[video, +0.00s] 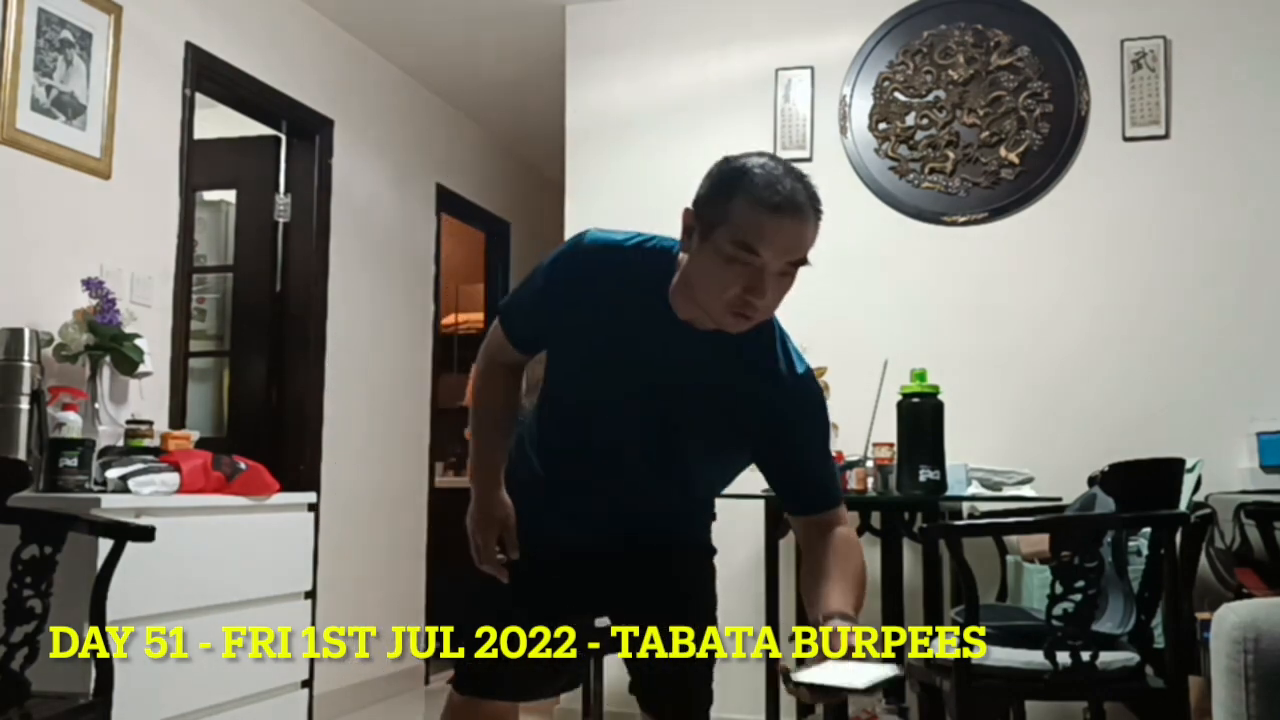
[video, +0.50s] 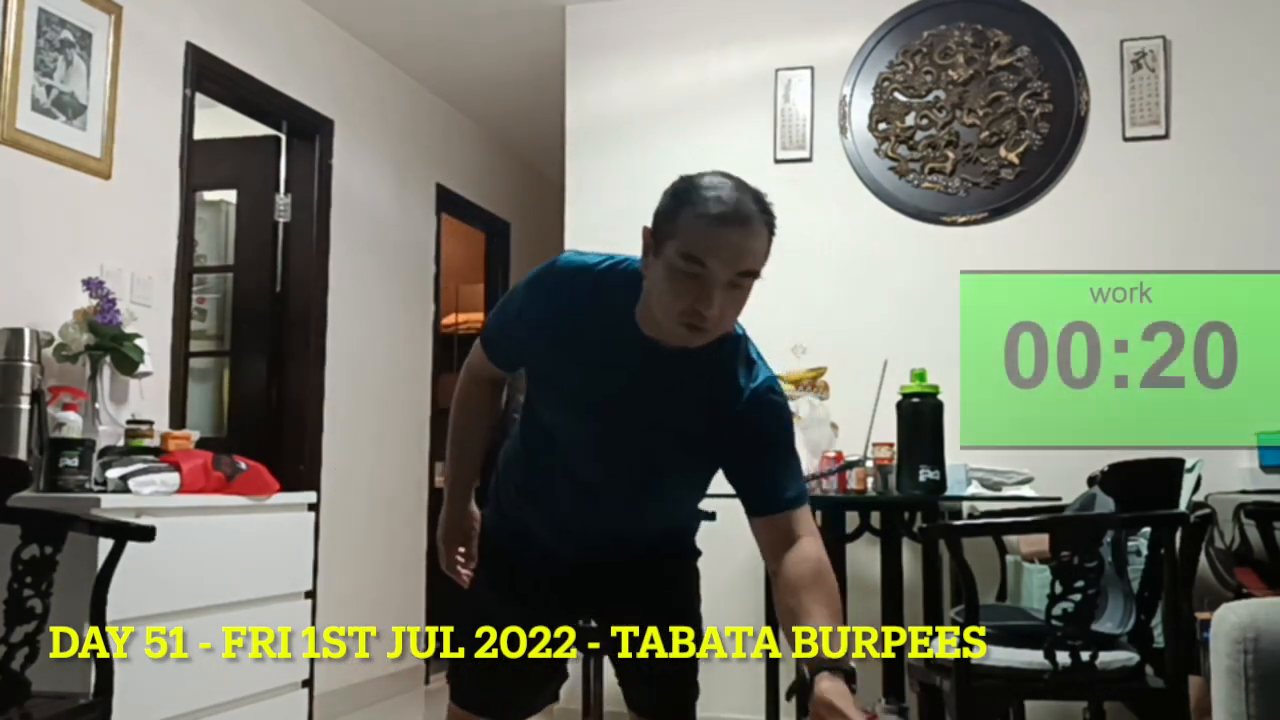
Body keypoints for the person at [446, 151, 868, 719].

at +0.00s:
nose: (764, 293)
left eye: (789, 270)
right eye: (743, 258)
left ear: (801, 265)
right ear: (691, 229)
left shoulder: (782, 387)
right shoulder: (589, 269)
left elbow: (827, 524)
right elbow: (499, 358)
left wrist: (834, 619)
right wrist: (486, 488)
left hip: (669, 544)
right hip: (546, 522)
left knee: (681, 708)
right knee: (482, 701)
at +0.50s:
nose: (711, 304)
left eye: (740, 282)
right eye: (691, 271)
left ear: (757, 278)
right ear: (648, 248)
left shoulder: (748, 395)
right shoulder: (562, 291)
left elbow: (792, 543)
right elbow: (482, 374)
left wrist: (829, 671)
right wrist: (458, 501)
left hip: (651, 560)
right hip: (530, 541)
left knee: (667, 711)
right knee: (476, 707)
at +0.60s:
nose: (664, 256)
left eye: (692, 236)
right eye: (643, 225)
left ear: (710, 244)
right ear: (607, 219)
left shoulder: (714, 362)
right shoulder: (532, 285)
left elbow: (767, 506)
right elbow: (463, 383)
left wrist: (777, 632)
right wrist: (441, 504)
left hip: (633, 562)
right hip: (510, 547)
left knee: (658, 709)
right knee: (485, 711)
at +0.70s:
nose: (605, 215)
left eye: (629, 195)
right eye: (587, 189)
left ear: (651, 206)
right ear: (554, 189)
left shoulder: (671, 328)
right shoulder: (492, 279)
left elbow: (719, 474)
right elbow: (436, 394)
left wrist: (722, 593)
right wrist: (420, 511)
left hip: (610, 542)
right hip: (493, 533)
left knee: (630, 703)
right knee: (471, 705)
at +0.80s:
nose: (547, 189)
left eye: (568, 169)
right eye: (528, 166)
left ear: (594, 179)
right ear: (502, 170)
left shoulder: (625, 294)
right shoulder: (446, 273)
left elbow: (667, 428)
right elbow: (403, 398)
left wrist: (677, 548)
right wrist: (394, 511)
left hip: (581, 551)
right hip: (467, 549)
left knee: (609, 709)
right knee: (455, 712)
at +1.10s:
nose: (476, 174)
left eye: (495, 155)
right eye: (457, 157)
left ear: (527, 164)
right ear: (437, 166)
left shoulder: (570, 266)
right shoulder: (399, 266)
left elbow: (603, 393)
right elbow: (359, 386)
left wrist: (601, 507)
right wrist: (349, 494)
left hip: (544, 518)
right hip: (442, 517)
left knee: (548, 689)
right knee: (458, 684)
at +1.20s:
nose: (458, 227)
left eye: (477, 205)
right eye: (439, 207)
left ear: (515, 194)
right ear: (419, 202)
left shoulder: (562, 288)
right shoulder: (392, 289)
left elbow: (592, 418)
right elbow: (362, 409)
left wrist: (586, 531)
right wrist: (353, 519)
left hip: (538, 527)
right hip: (437, 527)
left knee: (543, 689)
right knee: (453, 688)